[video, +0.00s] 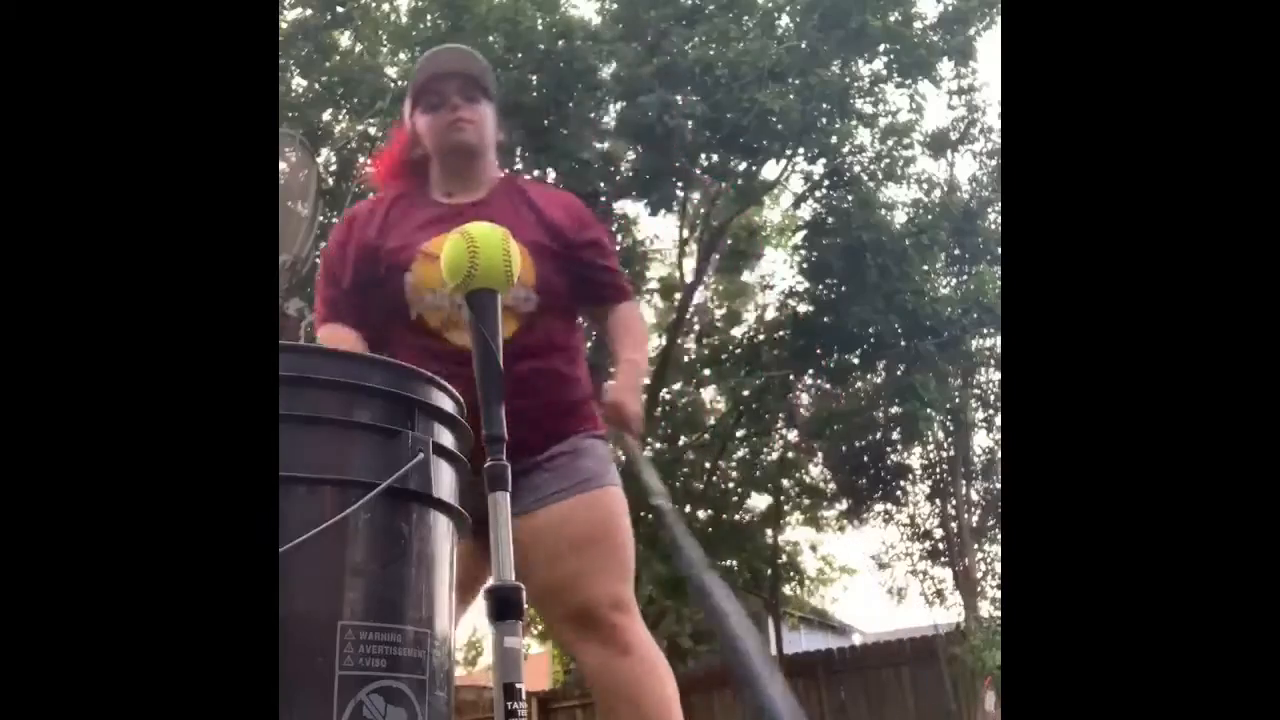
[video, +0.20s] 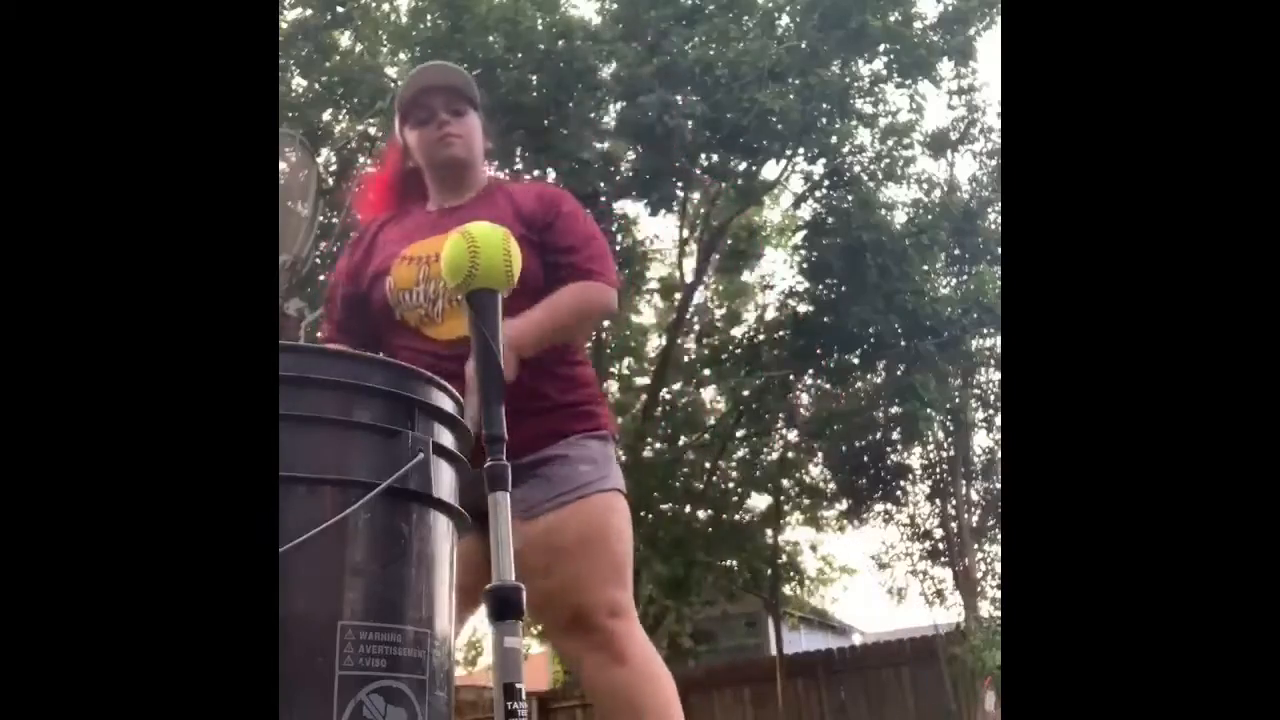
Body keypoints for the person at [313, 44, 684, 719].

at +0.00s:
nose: (456, 107)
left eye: (470, 95)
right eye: (436, 100)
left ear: (495, 116)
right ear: (414, 127)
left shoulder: (557, 212)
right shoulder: (363, 227)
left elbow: (619, 305)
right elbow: (337, 326)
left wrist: (630, 376)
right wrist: (371, 406)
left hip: (556, 450)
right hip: (433, 459)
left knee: (608, 627)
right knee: (401, 636)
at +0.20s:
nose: (443, 124)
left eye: (457, 111)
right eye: (424, 118)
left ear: (481, 127)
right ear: (405, 143)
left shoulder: (541, 203)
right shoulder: (371, 242)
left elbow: (597, 292)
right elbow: (340, 353)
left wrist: (507, 344)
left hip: (555, 447)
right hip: (436, 462)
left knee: (602, 630)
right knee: (396, 639)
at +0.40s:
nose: (462, 133)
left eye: (475, 119)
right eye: (443, 126)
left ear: (500, 132)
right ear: (424, 149)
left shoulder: (552, 198)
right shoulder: (400, 241)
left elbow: (603, 273)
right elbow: (365, 337)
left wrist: (482, 296)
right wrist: (388, 343)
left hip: (562, 440)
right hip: (448, 458)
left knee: (611, 627)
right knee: (418, 651)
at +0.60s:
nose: (466, 141)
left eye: (480, 127)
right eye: (447, 133)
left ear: (506, 141)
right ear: (429, 157)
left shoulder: (551, 197)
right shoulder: (406, 247)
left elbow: (592, 254)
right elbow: (361, 364)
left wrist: (463, 254)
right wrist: (360, 288)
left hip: (564, 444)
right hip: (448, 464)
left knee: (614, 630)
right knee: (417, 656)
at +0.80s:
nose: (450, 148)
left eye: (464, 134)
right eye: (430, 141)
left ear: (491, 149)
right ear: (414, 164)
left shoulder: (533, 196)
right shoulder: (393, 247)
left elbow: (542, 236)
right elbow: (332, 346)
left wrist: (399, 243)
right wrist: (315, 267)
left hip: (554, 443)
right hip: (444, 461)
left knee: (608, 631)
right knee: (415, 649)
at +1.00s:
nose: (412, 164)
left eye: (426, 150)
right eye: (393, 158)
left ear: (453, 161)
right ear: (377, 180)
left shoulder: (486, 208)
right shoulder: (371, 263)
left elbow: (446, 250)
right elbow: (343, 347)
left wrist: (308, 279)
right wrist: (296, 303)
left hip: (525, 452)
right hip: (424, 467)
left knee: (584, 638)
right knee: (378, 639)